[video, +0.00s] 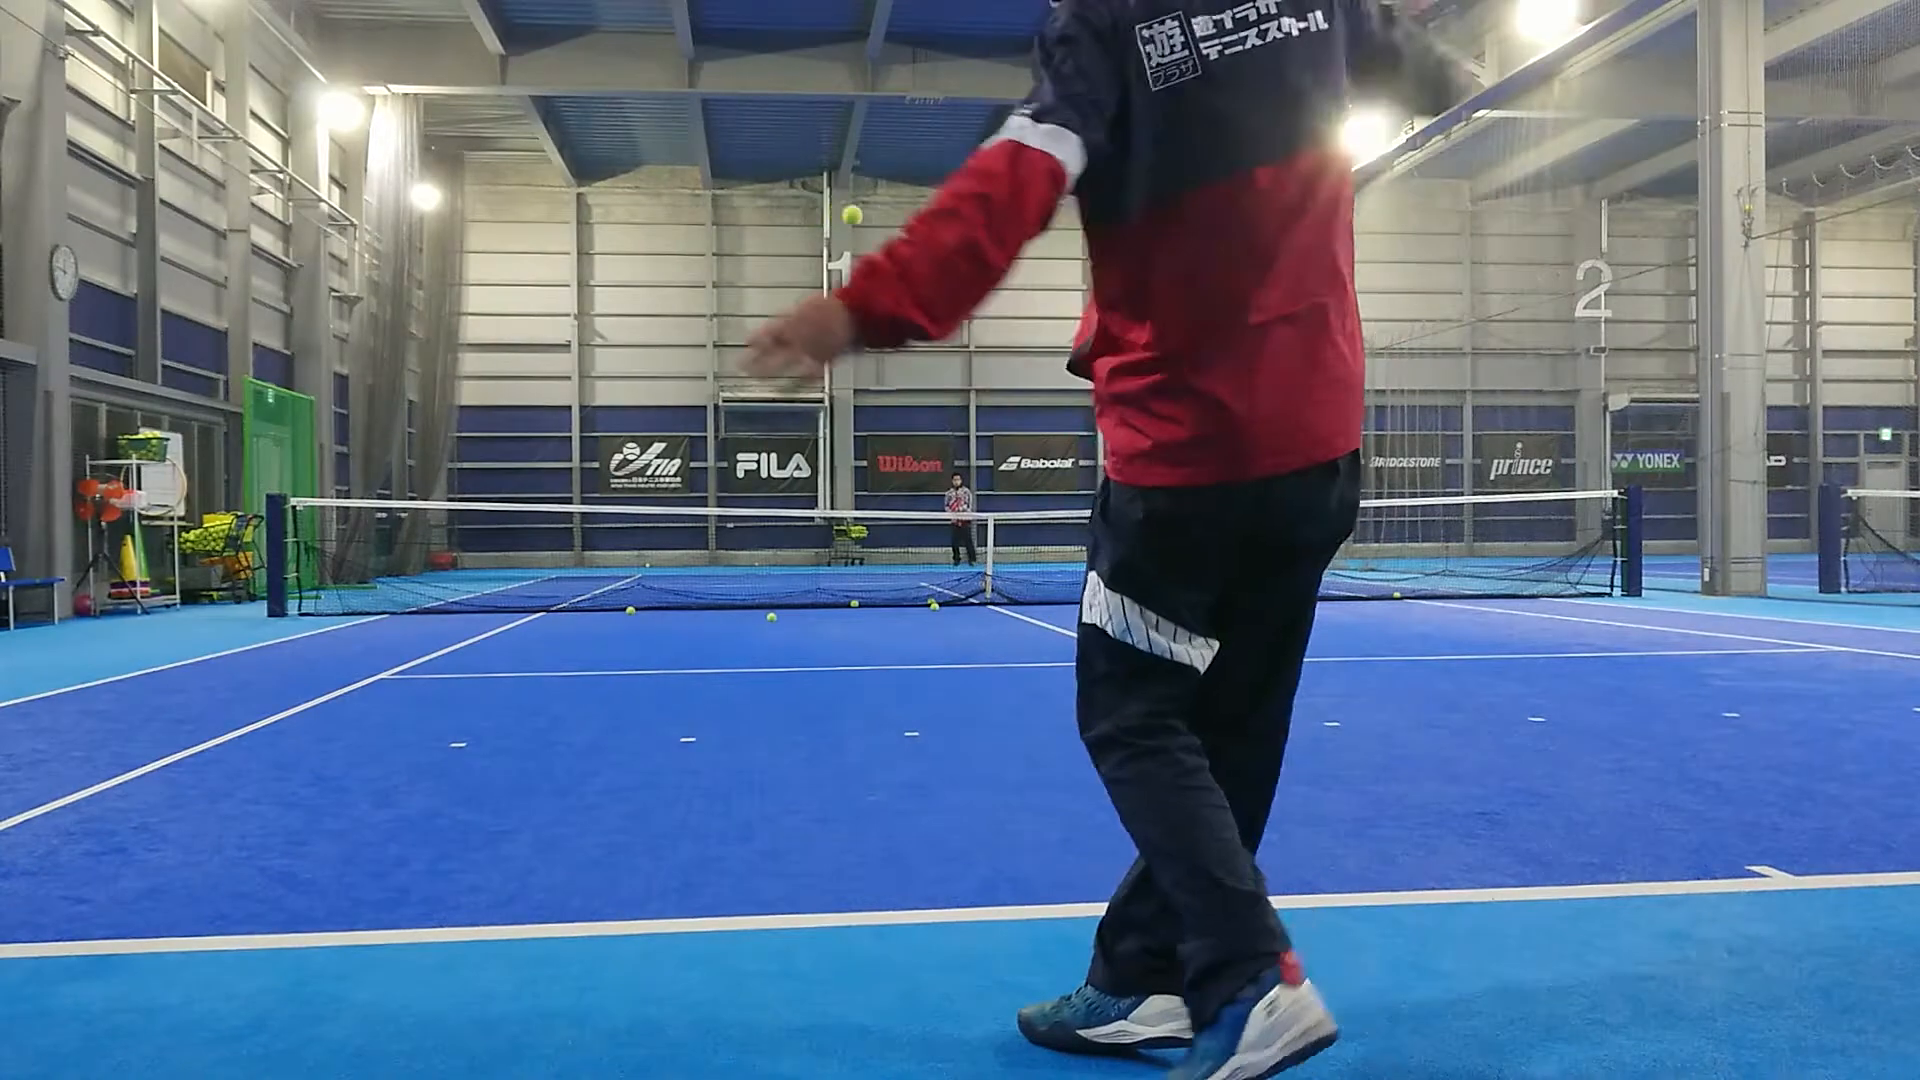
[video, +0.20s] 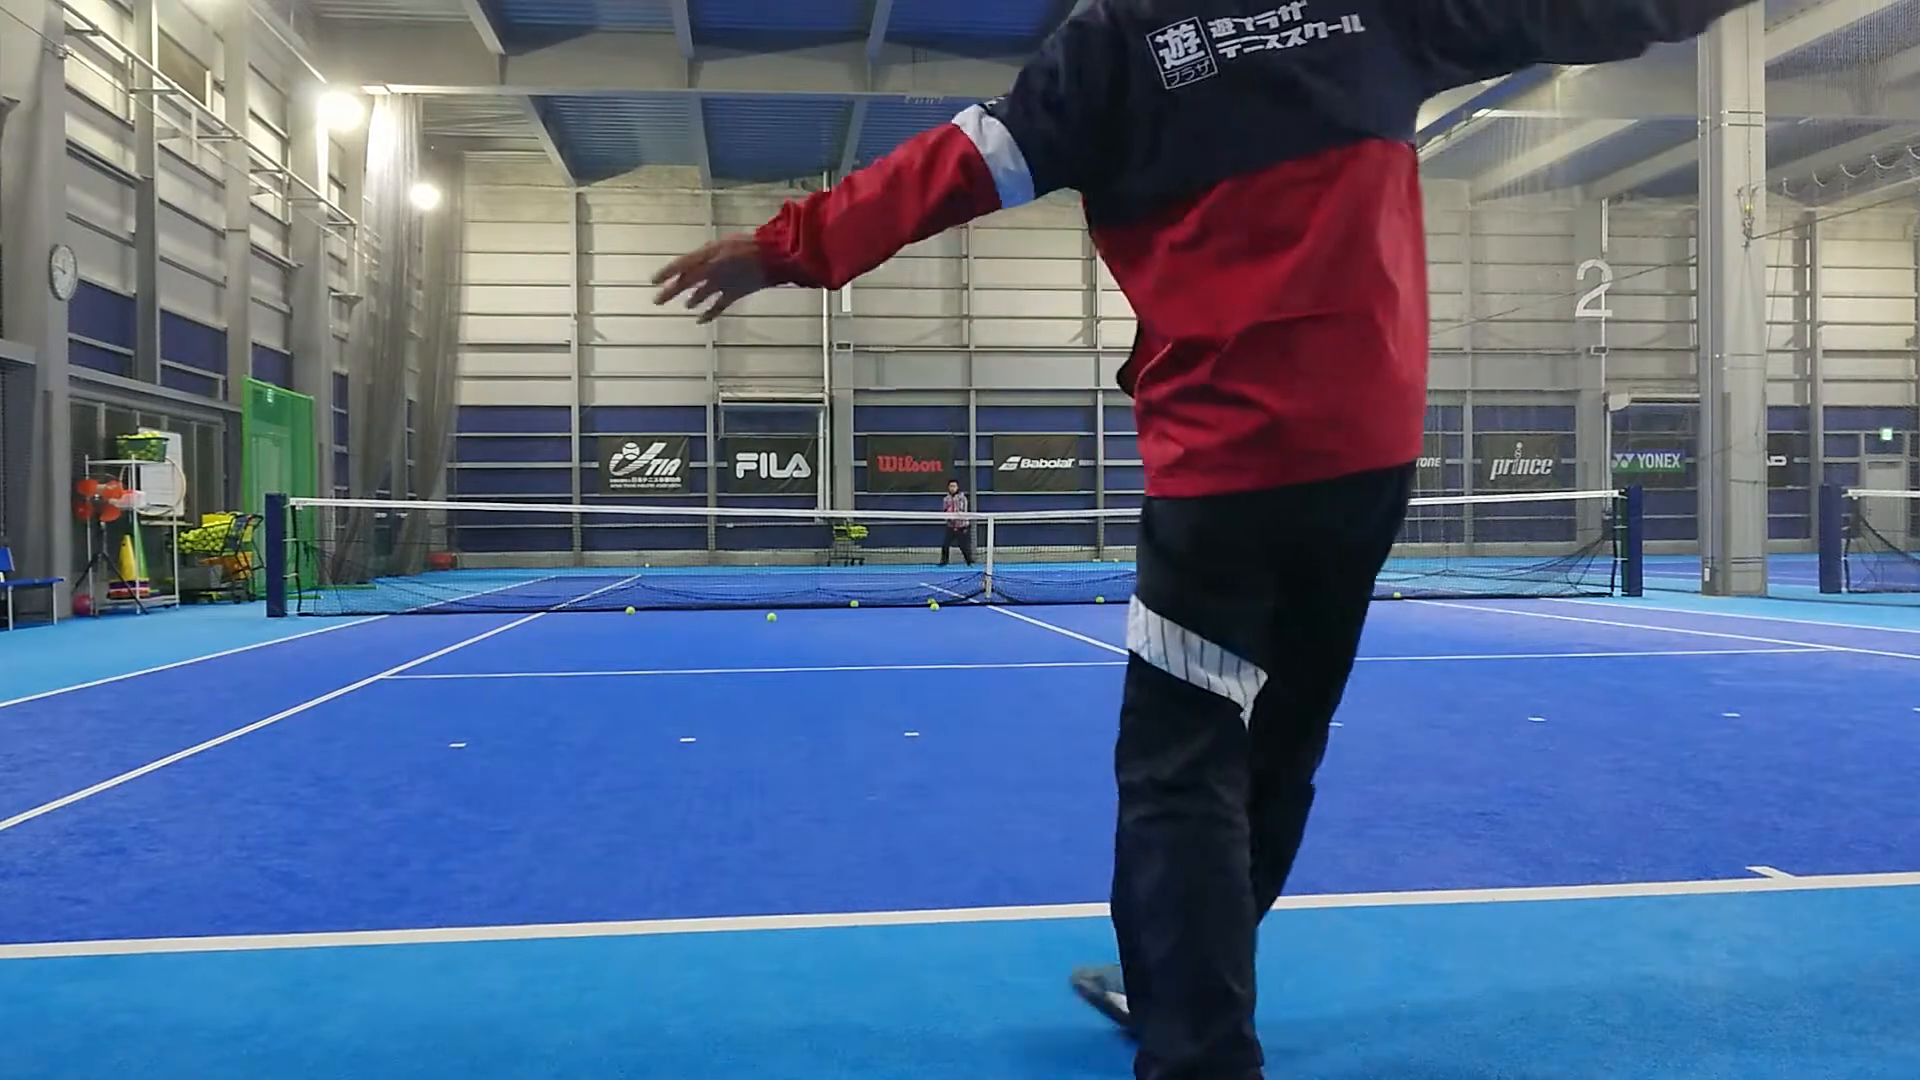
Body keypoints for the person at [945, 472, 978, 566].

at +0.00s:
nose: (957, 482)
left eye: (958, 479)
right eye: (955, 479)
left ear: (961, 481)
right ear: (952, 481)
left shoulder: (967, 492)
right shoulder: (948, 493)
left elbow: (970, 506)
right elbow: (946, 506)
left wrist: (964, 515)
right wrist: (952, 515)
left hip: (965, 520)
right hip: (954, 520)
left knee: (968, 541)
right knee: (954, 541)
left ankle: (972, 559)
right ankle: (956, 559)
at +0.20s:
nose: (952, 488)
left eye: (954, 486)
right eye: (951, 486)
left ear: (957, 487)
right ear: (948, 488)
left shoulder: (962, 498)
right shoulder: (946, 499)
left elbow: (965, 511)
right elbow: (945, 511)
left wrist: (966, 524)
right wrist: (948, 521)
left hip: (961, 525)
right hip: (950, 525)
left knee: (964, 545)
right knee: (945, 545)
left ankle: (969, 561)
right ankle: (944, 561)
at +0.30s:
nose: (949, 488)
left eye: (951, 486)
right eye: (947, 486)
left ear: (954, 487)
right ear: (945, 488)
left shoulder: (958, 498)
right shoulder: (942, 499)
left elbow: (960, 512)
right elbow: (940, 511)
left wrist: (954, 522)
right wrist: (946, 519)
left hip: (957, 526)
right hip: (946, 525)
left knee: (960, 546)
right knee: (942, 545)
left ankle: (969, 562)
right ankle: (941, 562)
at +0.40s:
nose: (945, 488)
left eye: (947, 486)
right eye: (943, 486)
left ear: (950, 487)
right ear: (941, 488)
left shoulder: (954, 498)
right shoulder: (939, 499)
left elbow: (955, 511)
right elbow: (937, 510)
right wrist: (941, 519)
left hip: (953, 525)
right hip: (942, 525)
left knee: (955, 545)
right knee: (939, 544)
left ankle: (965, 559)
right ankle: (940, 561)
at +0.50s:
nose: (942, 487)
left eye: (944, 485)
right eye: (940, 485)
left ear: (947, 487)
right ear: (938, 487)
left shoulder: (951, 497)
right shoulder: (936, 497)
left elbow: (948, 509)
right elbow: (931, 507)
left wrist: (936, 508)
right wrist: (940, 509)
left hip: (949, 523)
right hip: (939, 523)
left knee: (947, 544)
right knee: (937, 545)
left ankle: (954, 559)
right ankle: (940, 561)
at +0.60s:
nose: (940, 487)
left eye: (942, 485)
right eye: (938, 485)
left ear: (945, 486)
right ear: (936, 486)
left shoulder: (948, 496)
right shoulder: (934, 496)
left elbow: (945, 508)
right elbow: (930, 505)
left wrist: (932, 506)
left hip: (946, 522)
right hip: (937, 522)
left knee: (942, 542)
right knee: (935, 542)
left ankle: (943, 560)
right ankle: (938, 560)